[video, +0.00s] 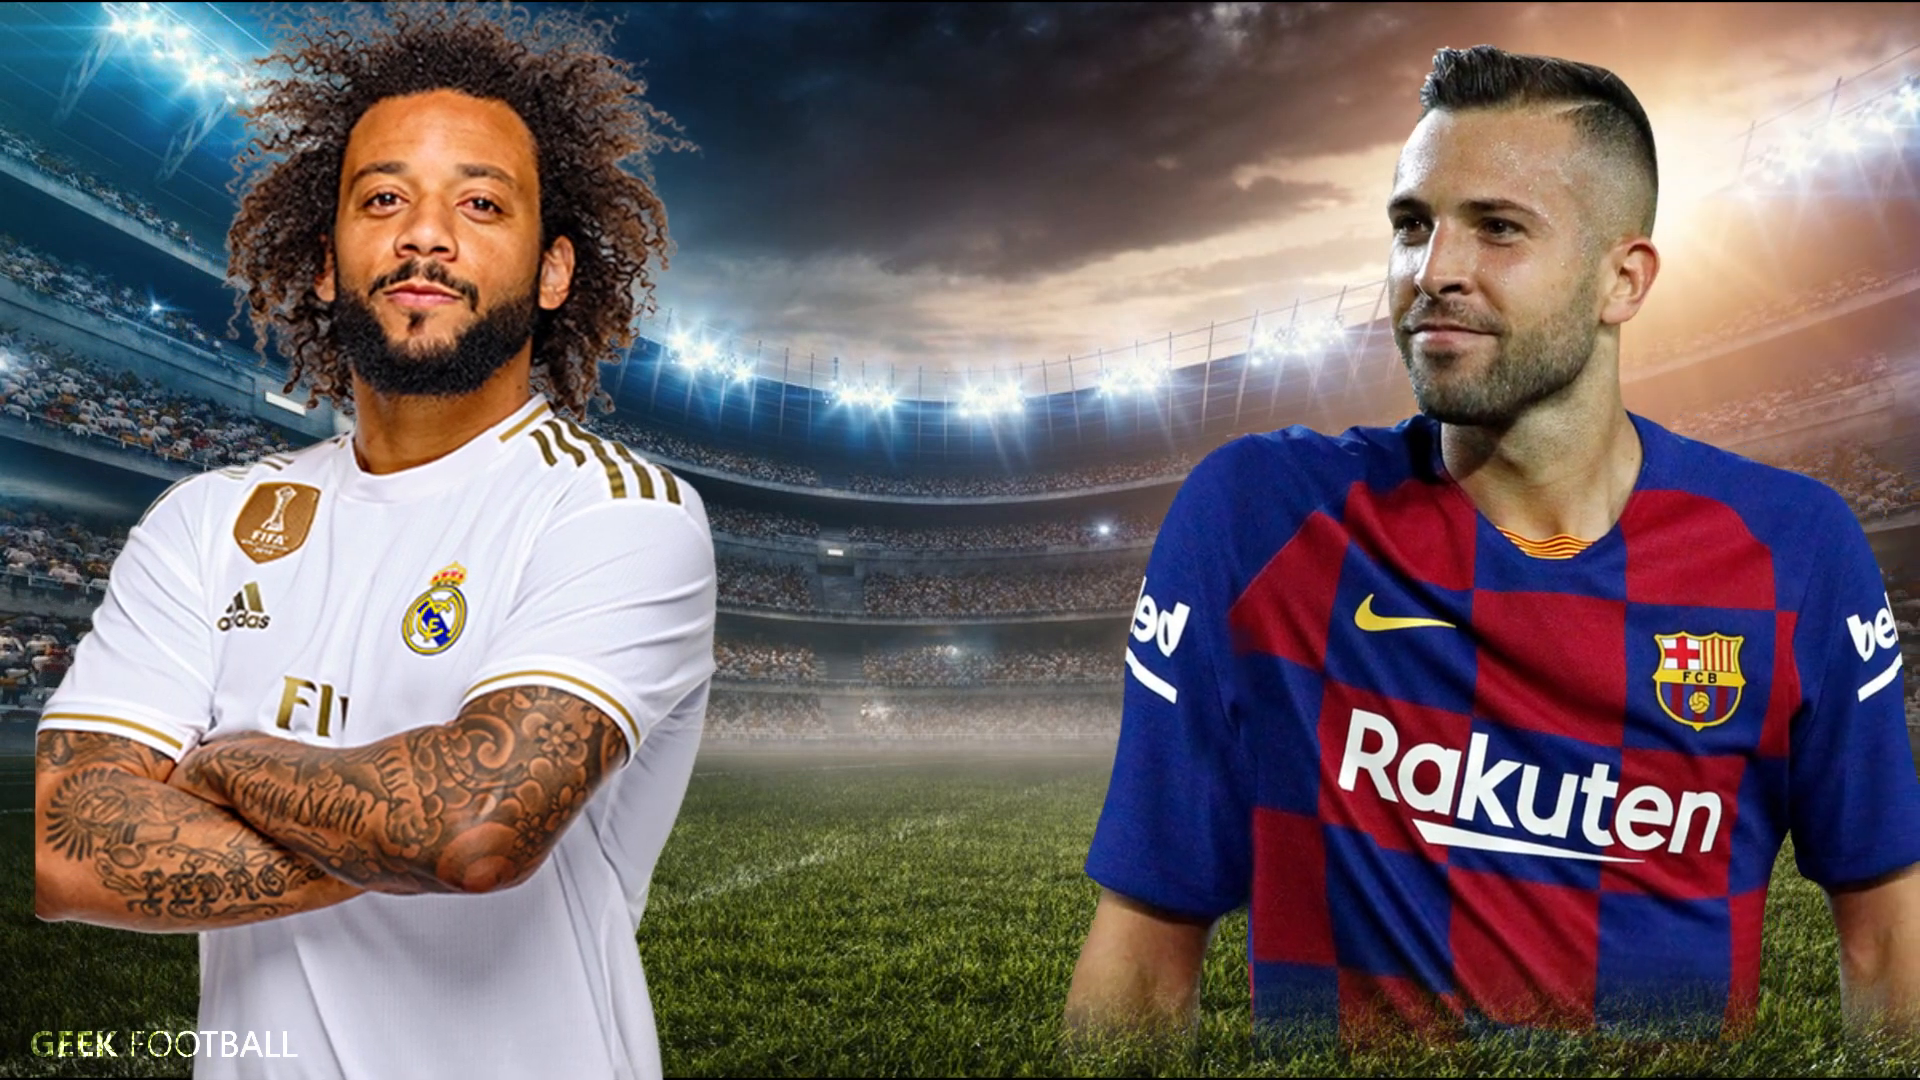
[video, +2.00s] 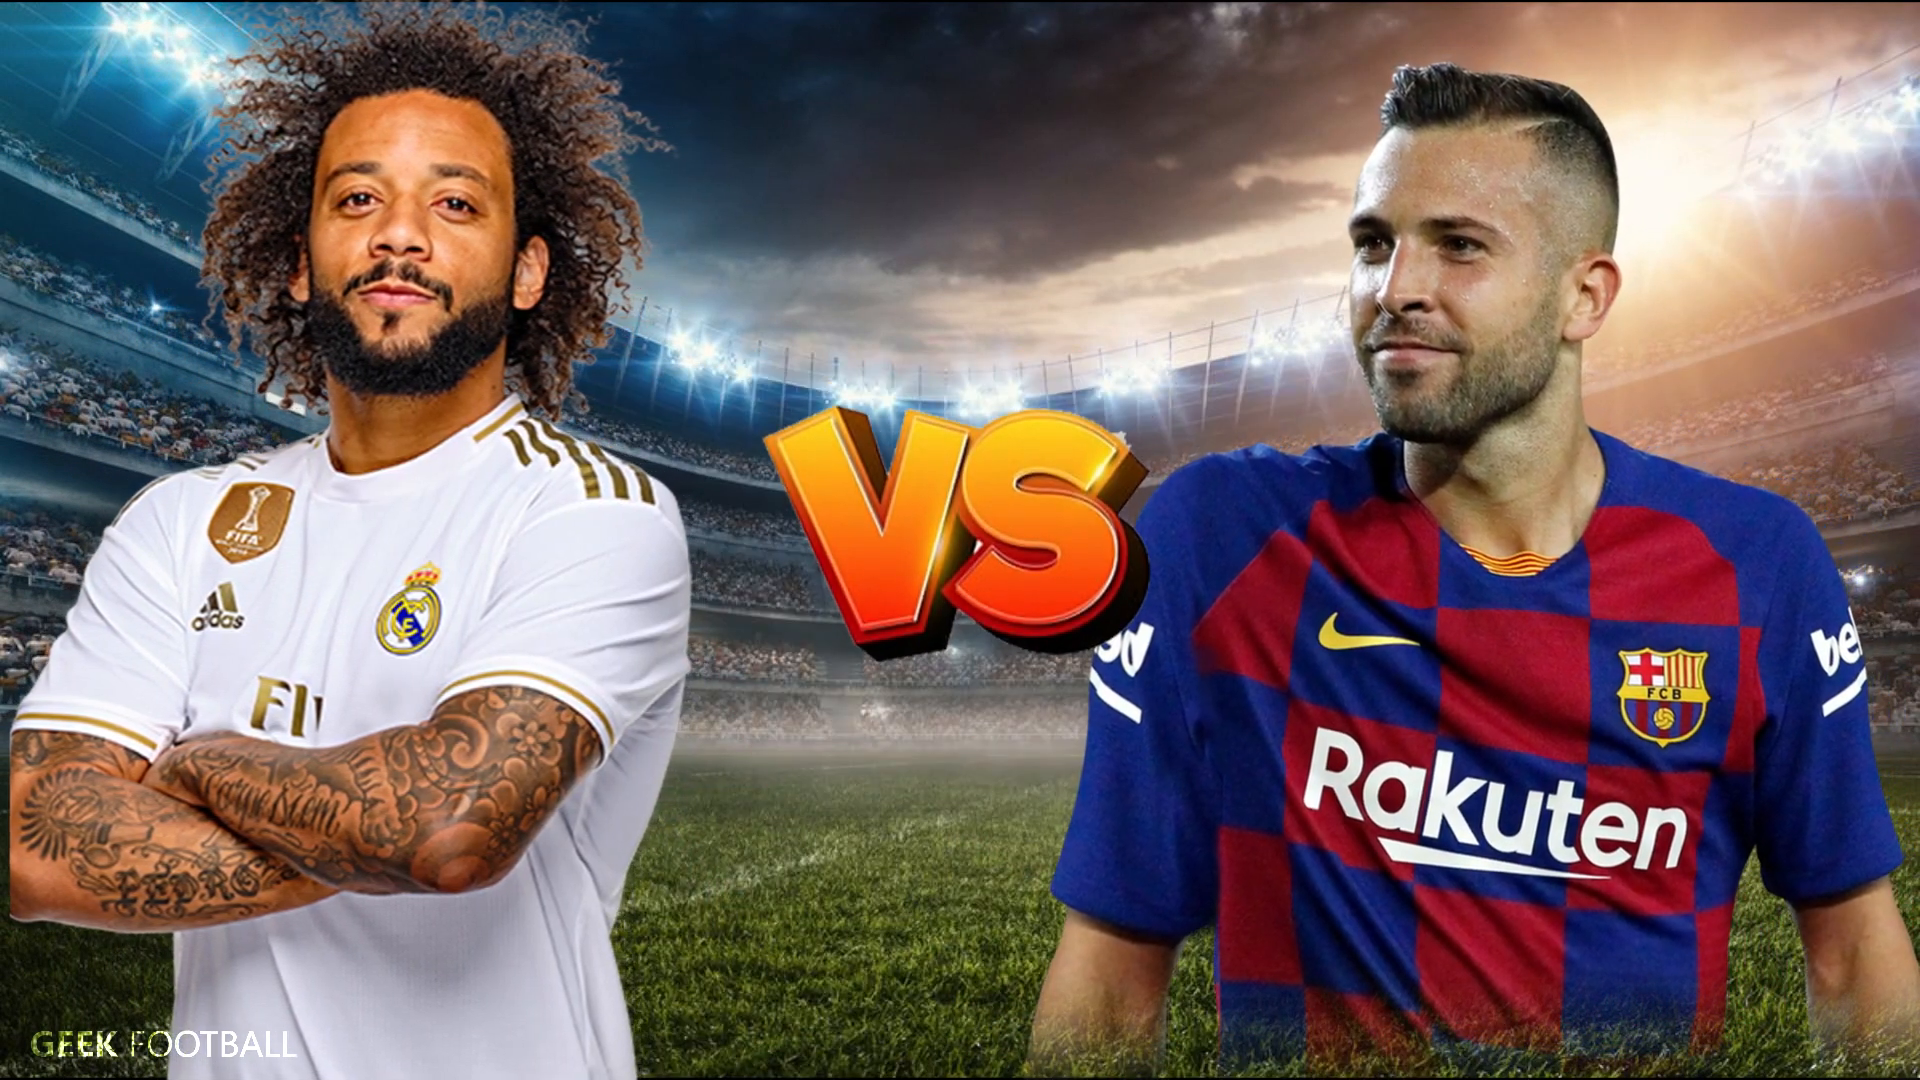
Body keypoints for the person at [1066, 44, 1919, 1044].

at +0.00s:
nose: (1432, 273)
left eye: (1499, 228)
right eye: (1414, 227)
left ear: (1623, 282)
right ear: (1391, 250)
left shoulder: (1798, 553)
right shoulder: (1253, 515)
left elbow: (1885, 934)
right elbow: (1145, 943)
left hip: (1668, 1059)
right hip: (1343, 1062)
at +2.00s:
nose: (1392, 290)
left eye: (1459, 245)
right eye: (1372, 244)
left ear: (1584, 299)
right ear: (1349, 268)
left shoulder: (1760, 568)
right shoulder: (1211, 537)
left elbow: (1855, 944)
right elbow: (1113, 963)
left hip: (1634, 1053)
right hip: (1302, 1051)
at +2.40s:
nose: (1389, 294)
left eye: (1455, 249)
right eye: (1369, 248)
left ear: (1581, 302)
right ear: (1345, 271)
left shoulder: (1758, 571)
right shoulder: (1206, 542)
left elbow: (1852, 948)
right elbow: (1109, 972)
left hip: (1632, 1053)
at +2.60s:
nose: (1394, 294)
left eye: (1461, 250)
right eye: (1374, 249)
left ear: (1586, 303)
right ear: (1350, 274)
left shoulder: (1763, 571)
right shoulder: (1214, 540)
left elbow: (1856, 947)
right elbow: (1114, 972)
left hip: (1633, 1054)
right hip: (1303, 1054)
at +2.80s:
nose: (1439, 294)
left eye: (1505, 247)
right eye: (1421, 248)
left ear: (1629, 299)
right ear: (1400, 270)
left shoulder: (1809, 568)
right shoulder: (1260, 537)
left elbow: (1894, 950)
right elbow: (1158, 964)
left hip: (1683, 1057)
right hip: (1359, 1058)